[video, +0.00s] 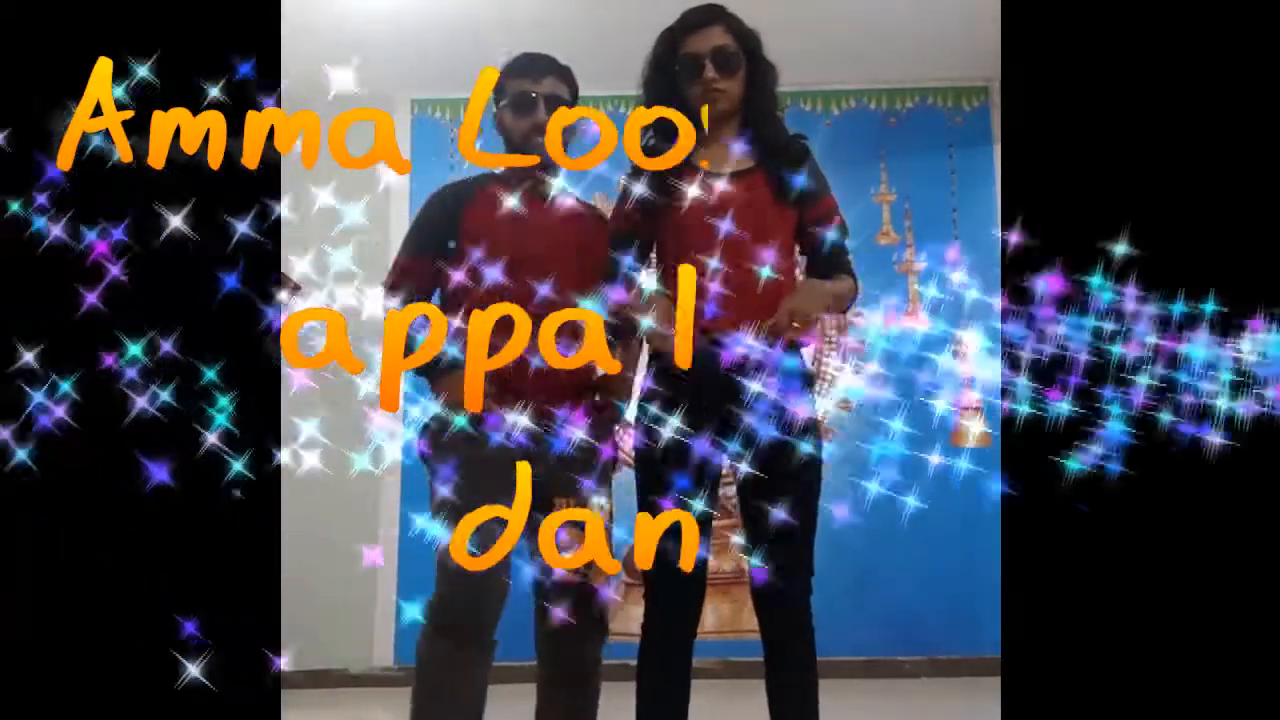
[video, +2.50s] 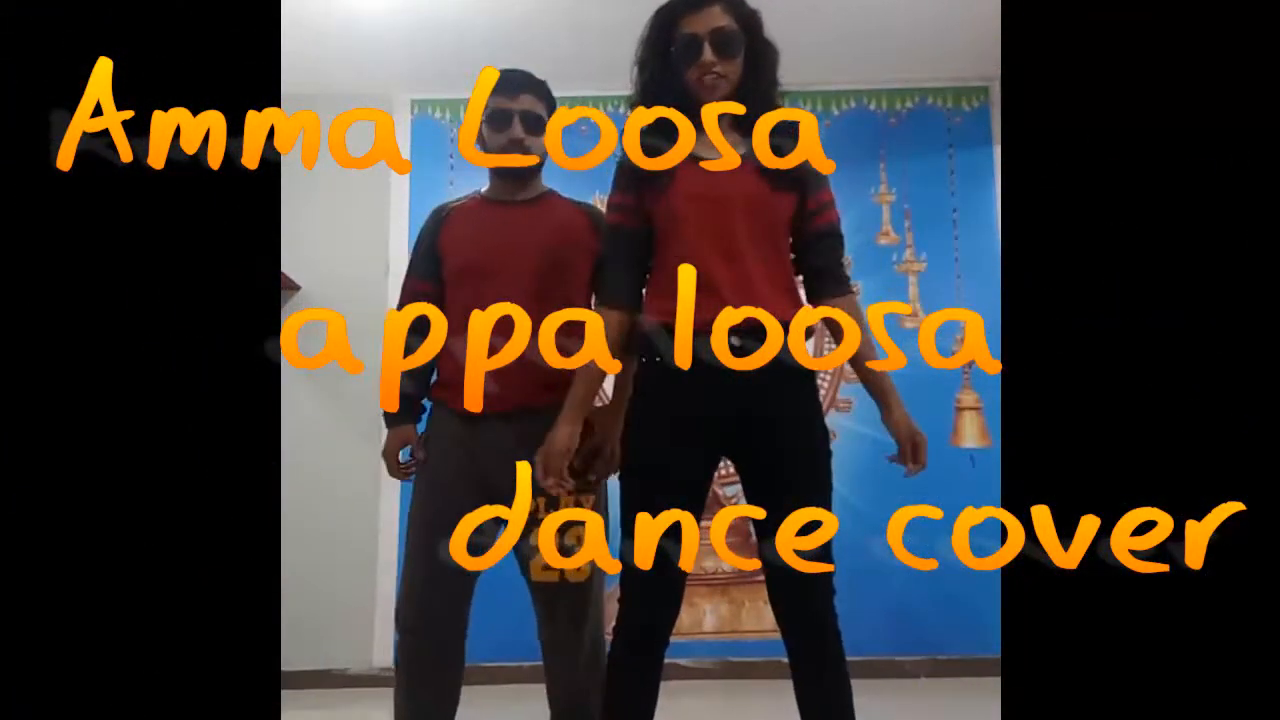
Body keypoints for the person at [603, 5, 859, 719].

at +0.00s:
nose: (710, 75)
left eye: (725, 60)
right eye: (692, 65)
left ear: (752, 71)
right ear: (670, 81)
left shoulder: (787, 160)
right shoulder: (654, 171)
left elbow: (843, 278)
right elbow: (608, 280)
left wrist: (815, 294)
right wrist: (651, 316)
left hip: (773, 395)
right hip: (678, 392)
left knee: (782, 594)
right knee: (670, 594)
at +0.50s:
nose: (696, 71)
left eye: (710, 56)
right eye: (677, 60)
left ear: (736, 67)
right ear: (650, 74)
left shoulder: (763, 160)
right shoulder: (628, 163)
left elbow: (804, 268)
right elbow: (601, 279)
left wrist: (835, 333)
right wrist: (699, 257)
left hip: (749, 384)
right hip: (653, 385)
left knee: (776, 587)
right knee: (652, 592)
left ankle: (794, 716)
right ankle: (646, 718)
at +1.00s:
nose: (710, 68)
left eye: (726, 52)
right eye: (690, 57)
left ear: (754, 62)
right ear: (669, 71)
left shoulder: (784, 139)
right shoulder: (652, 150)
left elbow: (841, 245)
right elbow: (629, 267)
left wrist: (913, 269)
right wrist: (746, 243)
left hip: (787, 385)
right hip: (685, 387)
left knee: (813, 587)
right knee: (673, 594)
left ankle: (835, 719)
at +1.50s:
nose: (710, 74)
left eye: (724, 58)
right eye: (692, 65)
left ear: (751, 65)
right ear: (670, 78)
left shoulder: (789, 137)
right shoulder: (657, 148)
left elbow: (828, 239)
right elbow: (655, 245)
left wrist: (699, 216)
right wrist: (728, 327)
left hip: (783, 379)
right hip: (677, 379)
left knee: (807, 589)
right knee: (653, 590)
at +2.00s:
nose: (696, 68)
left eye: (712, 52)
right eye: (677, 57)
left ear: (741, 61)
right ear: (655, 72)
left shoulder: (781, 149)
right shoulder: (641, 152)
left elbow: (816, 280)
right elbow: (621, 265)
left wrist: (697, 254)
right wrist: (644, 322)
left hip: (770, 390)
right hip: (665, 388)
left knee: (801, 597)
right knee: (644, 597)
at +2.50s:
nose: (708, 58)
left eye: (724, 43)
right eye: (689, 46)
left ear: (752, 55)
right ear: (666, 62)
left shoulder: (787, 145)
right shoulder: (648, 148)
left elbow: (830, 283)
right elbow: (618, 290)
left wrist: (890, 403)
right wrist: (572, 414)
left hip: (778, 394)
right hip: (671, 394)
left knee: (807, 602)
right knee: (649, 601)